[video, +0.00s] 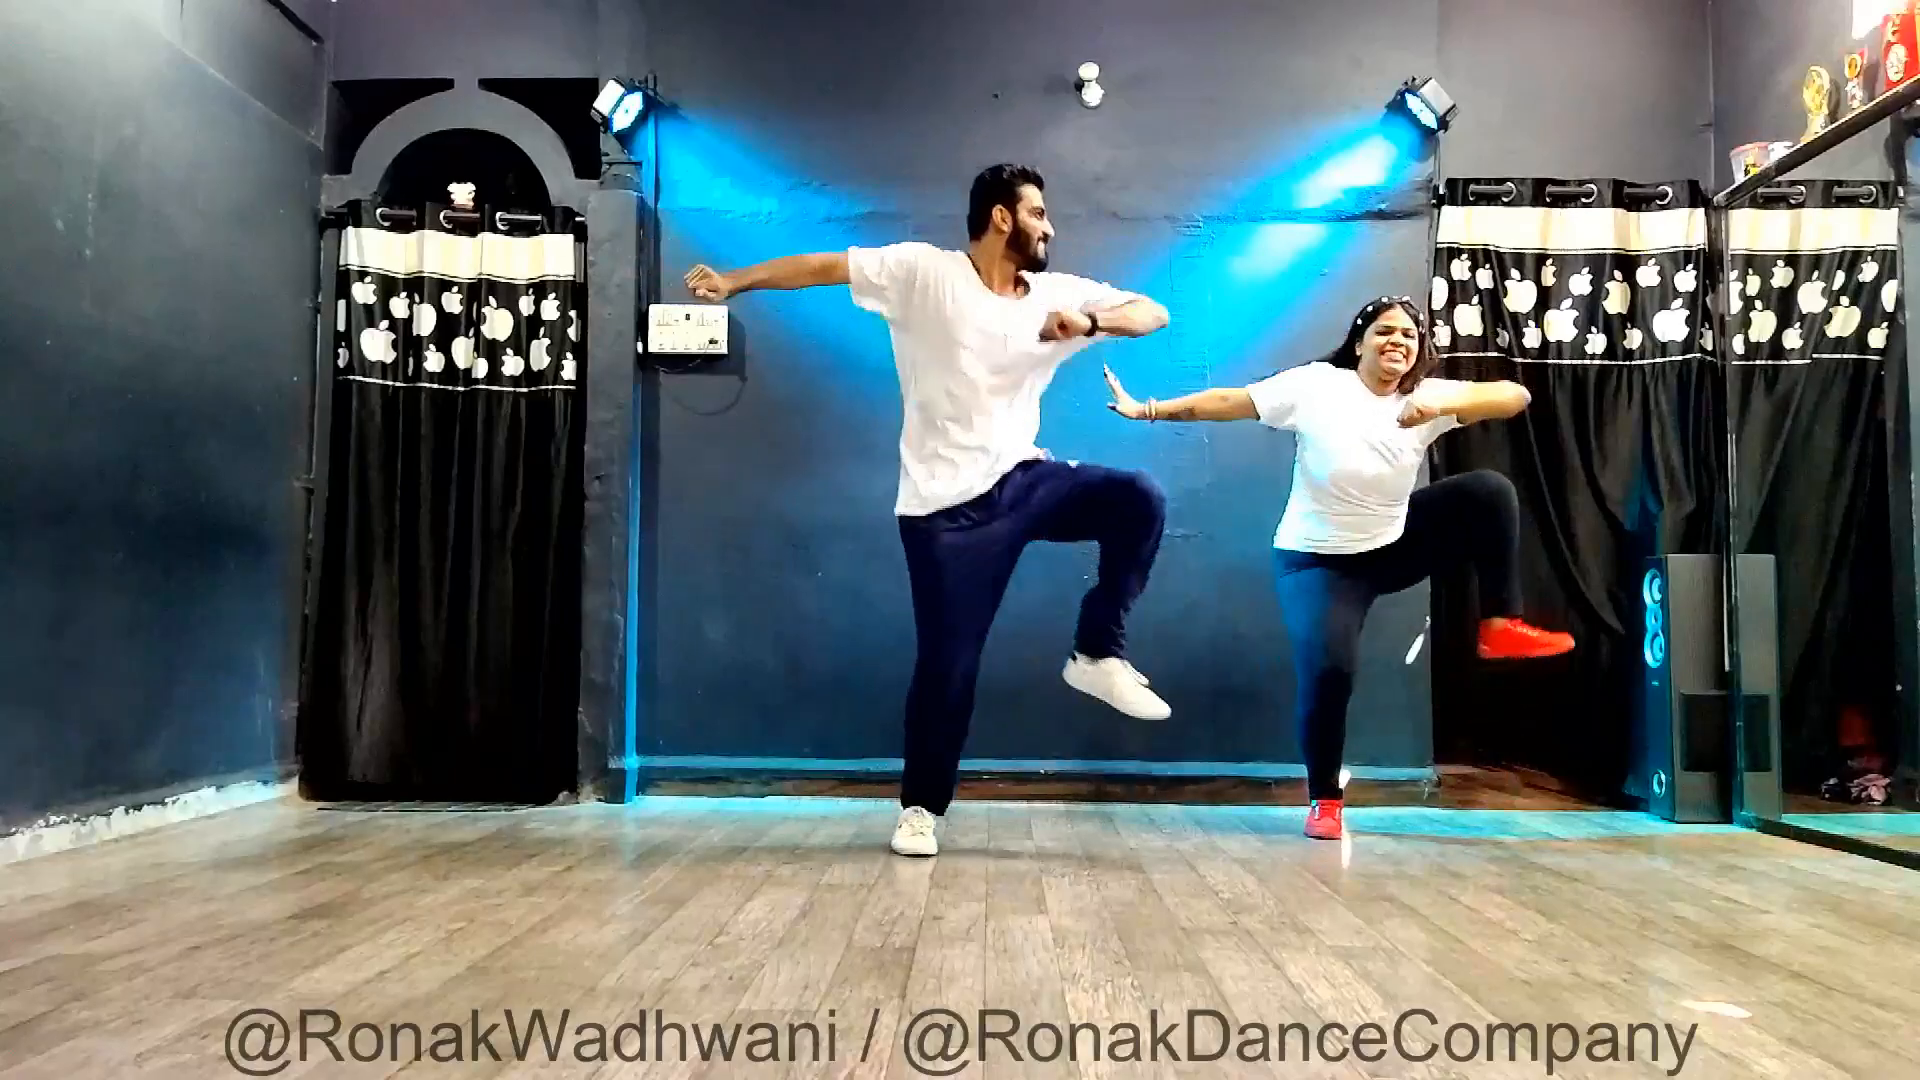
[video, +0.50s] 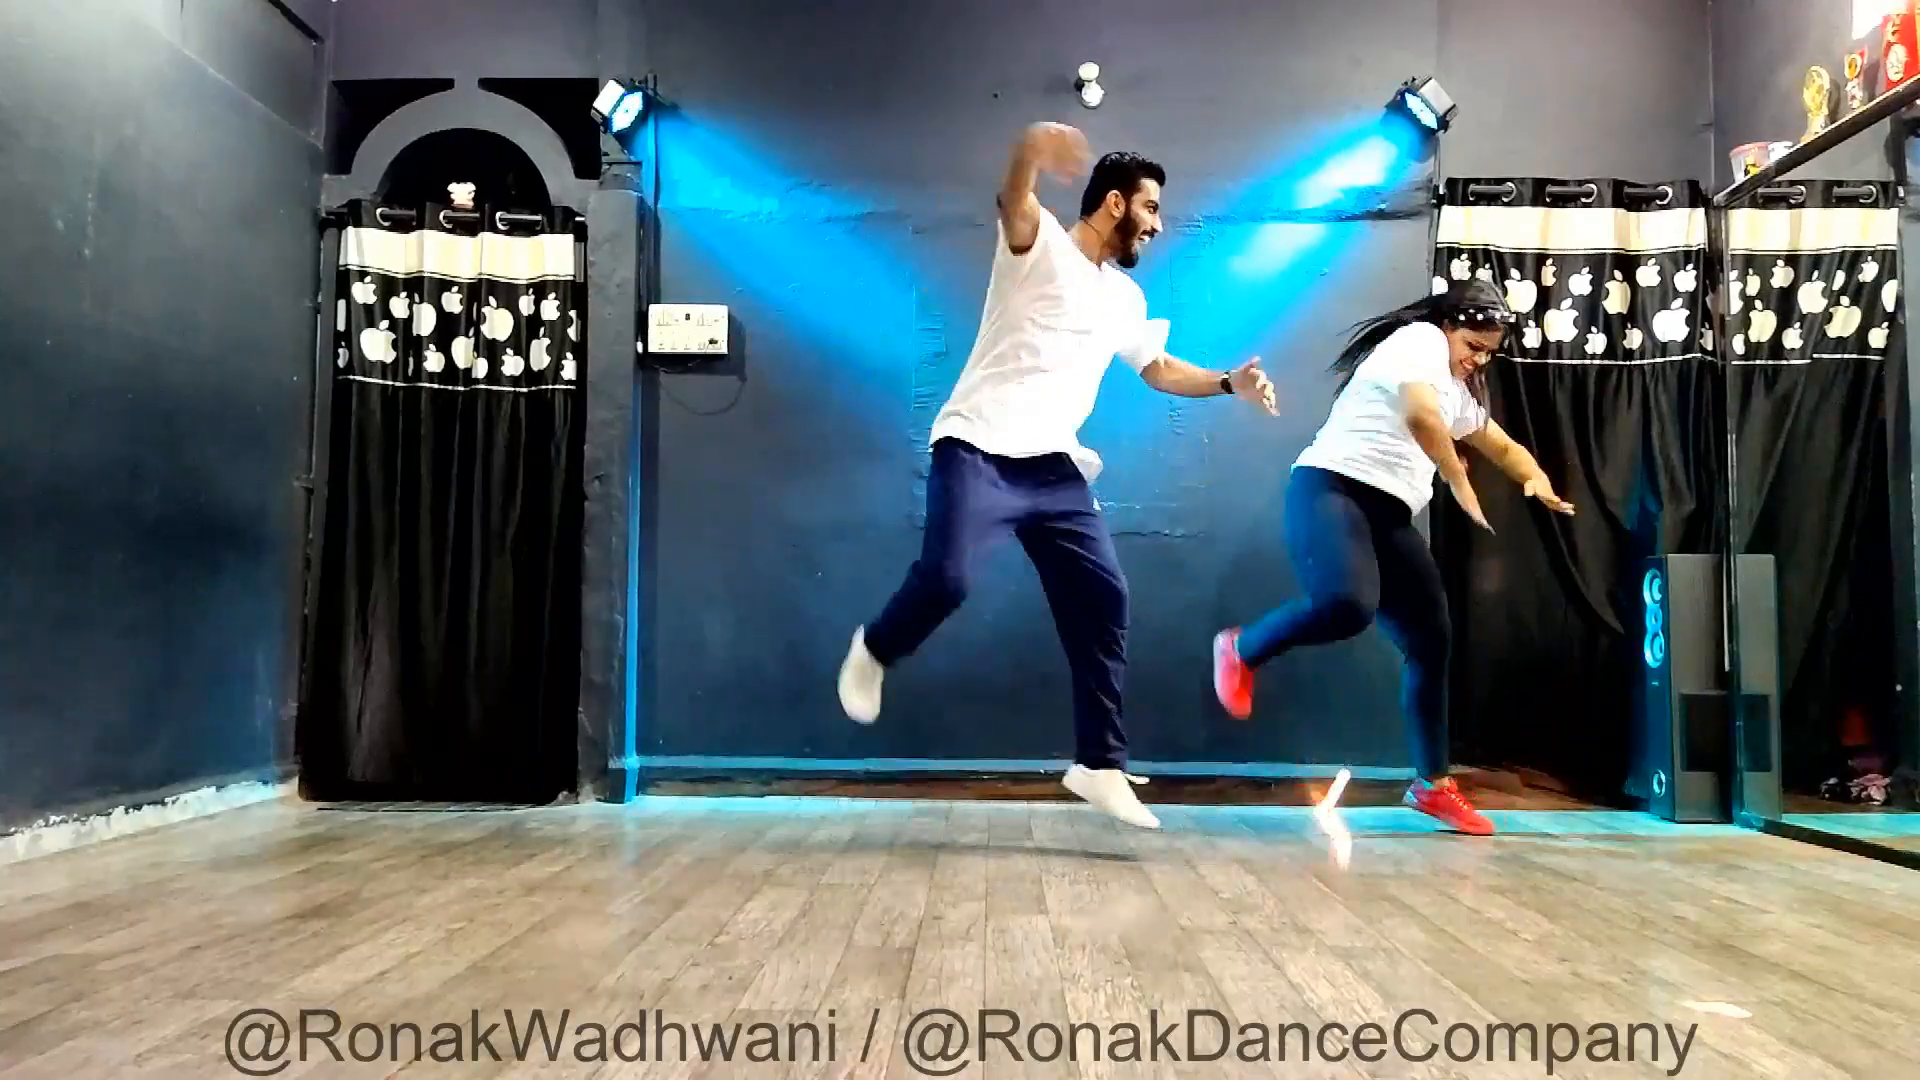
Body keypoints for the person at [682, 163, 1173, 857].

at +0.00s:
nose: (1048, 224)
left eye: (1048, 213)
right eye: (1037, 210)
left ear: (1025, 223)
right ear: (997, 217)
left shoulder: (1055, 291)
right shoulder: (925, 270)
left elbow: (1154, 313)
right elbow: (824, 267)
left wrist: (1092, 321)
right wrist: (733, 281)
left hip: (1025, 480)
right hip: (947, 503)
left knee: (1137, 504)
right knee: (947, 666)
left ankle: (1097, 656)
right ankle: (920, 809)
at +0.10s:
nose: (1074, 246)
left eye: (1073, 235)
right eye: (1063, 234)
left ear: (1039, 245)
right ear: (1026, 242)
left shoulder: (1081, 313)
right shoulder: (950, 296)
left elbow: (1170, 351)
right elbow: (858, 315)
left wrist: (1116, 365)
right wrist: (787, 324)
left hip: (1052, 509)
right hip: (969, 522)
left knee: (1158, 576)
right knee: (971, 686)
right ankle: (922, 810)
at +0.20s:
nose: (1094, 262)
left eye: (1095, 252)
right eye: (1083, 249)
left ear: (1071, 261)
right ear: (1042, 256)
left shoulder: (1107, 345)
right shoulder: (968, 332)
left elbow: (1148, 444)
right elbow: (895, 408)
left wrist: (1131, 399)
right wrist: (861, 385)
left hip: (1084, 536)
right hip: (992, 534)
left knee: (1153, 660)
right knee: (984, 697)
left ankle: (1173, 819)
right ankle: (923, 807)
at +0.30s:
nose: (1116, 259)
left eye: (1118, 248)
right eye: (1108, 244)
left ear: (1092, 251)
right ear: (1068, 243)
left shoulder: (1112, 336)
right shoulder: (994, 316)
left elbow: (1152, 430)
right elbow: (927, 395)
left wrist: (1179, 360)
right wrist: (940, 321)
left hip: (1100, 536)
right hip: (1010, 531)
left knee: (1157, 668)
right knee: (991, 686)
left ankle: (1168, 820)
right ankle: (931, 811)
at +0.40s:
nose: (1135, 225)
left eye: (1137, 214)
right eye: (1127, 209)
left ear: (1102, 211)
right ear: (1089, 205)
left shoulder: (1124, 300)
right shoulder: (1007, 263)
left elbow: (1167, 369)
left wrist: (1179, 362)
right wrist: (980, 226)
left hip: (1082, 499)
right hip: (995, 486)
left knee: (1122, 636)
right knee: (962, 638)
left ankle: (1158, 795)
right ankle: (913, 783)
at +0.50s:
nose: (1157, 222)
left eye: (1160, 212)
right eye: (1149, 204)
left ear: (1140, 219)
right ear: (1107, 199)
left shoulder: (1126, 298)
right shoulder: (1039, 243)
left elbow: (1160, 370)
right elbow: (1017, 203)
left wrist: (1226, 381)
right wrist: (1029, 149)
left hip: (1054, 461)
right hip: (976, 443)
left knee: (1102, 600)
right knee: (949, 579)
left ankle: (1098, 765)